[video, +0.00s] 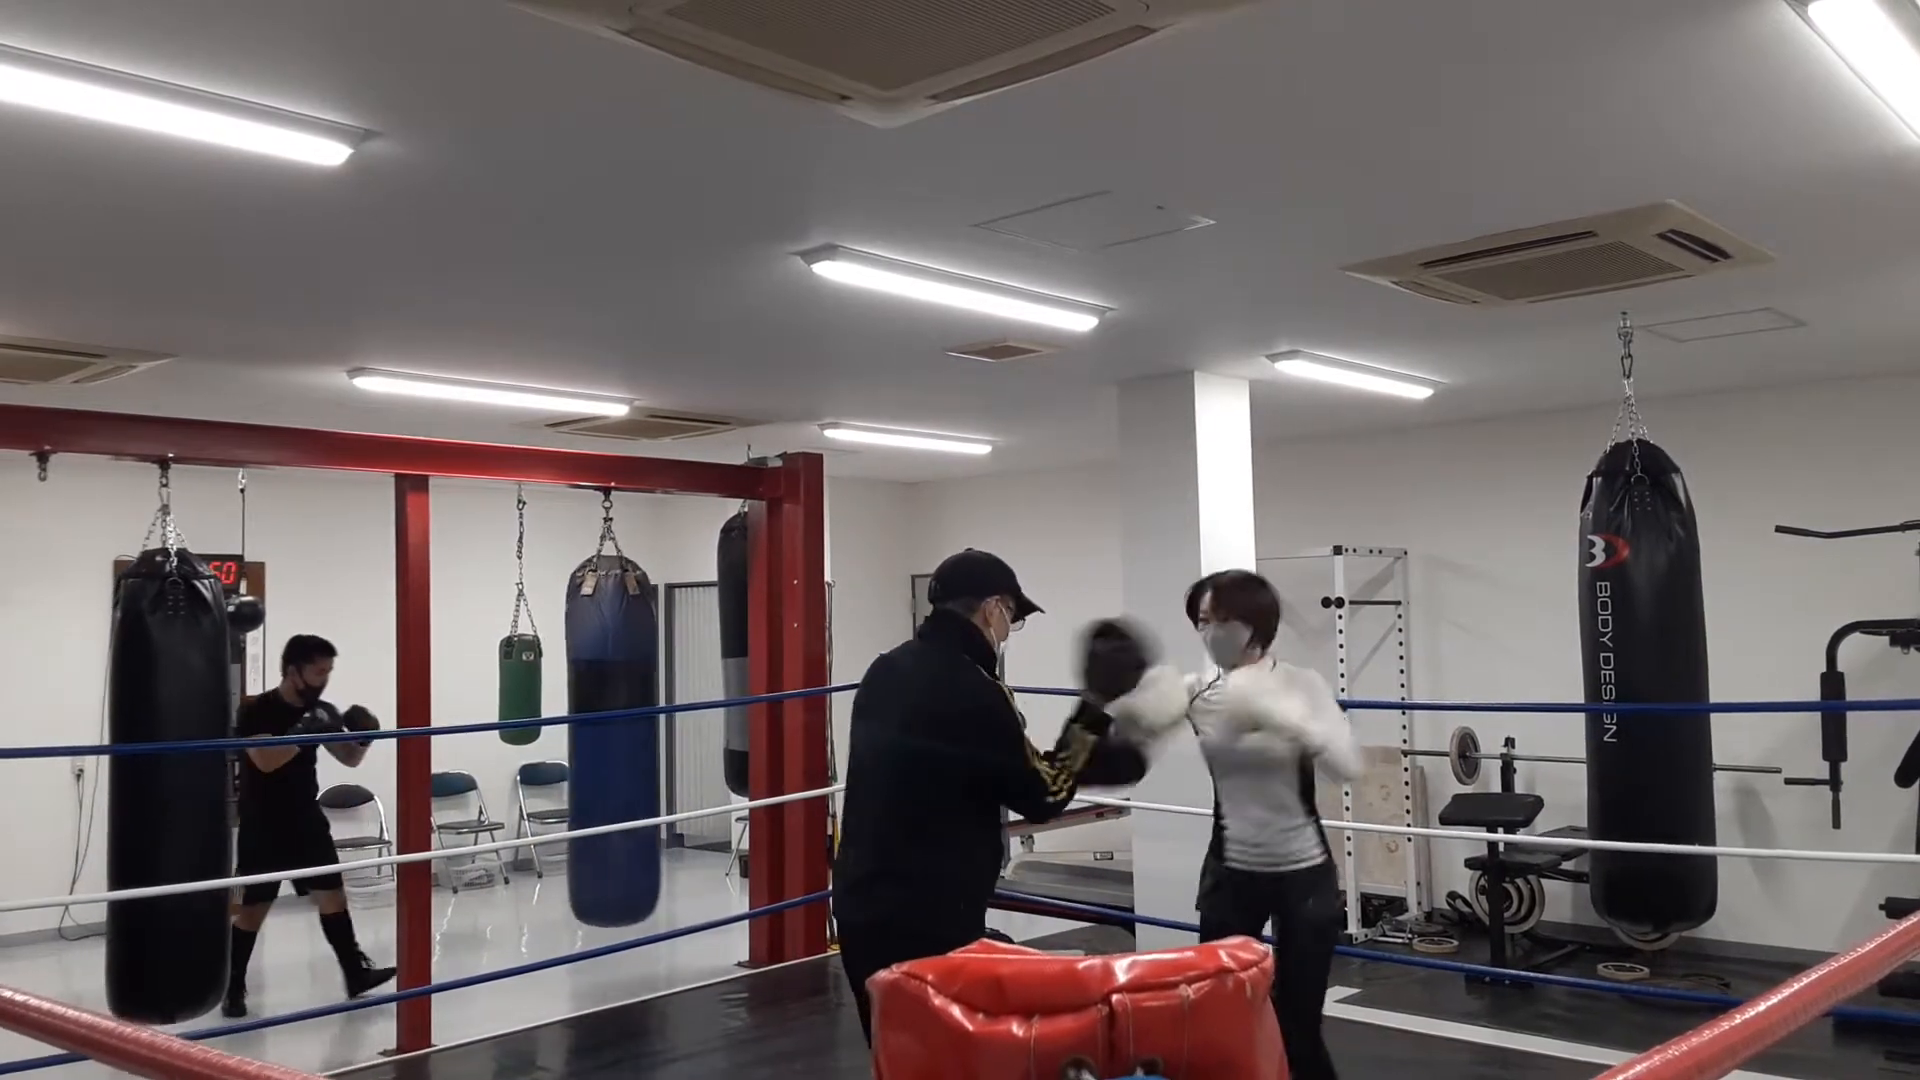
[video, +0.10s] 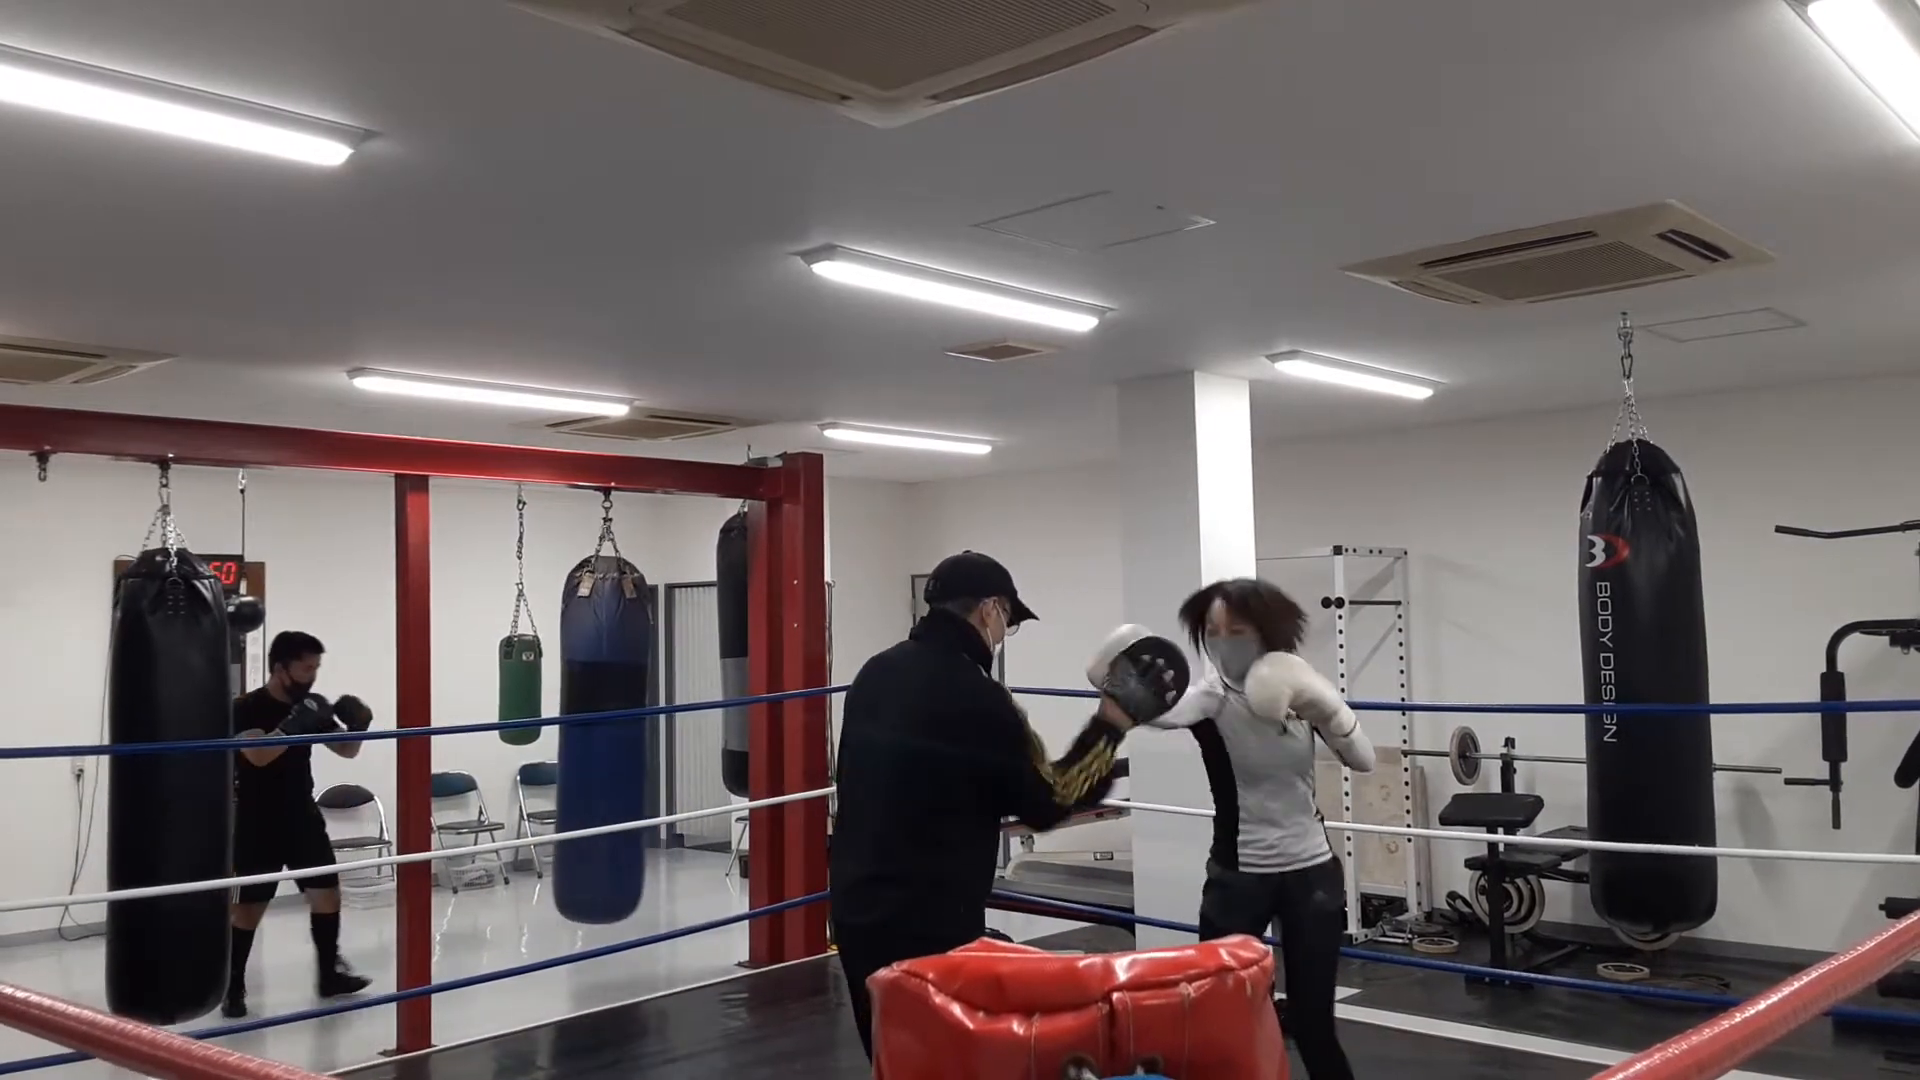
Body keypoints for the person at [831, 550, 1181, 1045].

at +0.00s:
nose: (1011, 631)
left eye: (1014, 619)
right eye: (1011, 617)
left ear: (942, 605)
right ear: (991, 609)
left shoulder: (883, 672)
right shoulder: (978, 695)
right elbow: (1040, 798)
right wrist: (1087, 730)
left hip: (864, 915)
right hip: (939, 920)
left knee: (892, 1058)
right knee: (946, 1057)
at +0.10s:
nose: (1006, 635)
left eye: (1009, 622)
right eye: (1007, 619)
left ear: (937, 607)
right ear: (987, 611)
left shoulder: (873, 674)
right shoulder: (979, 696)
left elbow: (855, 791)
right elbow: (1045, 805)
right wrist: (1111, 726)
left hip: (859, 914)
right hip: (938, 919)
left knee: (888, 1059)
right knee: (946, 1060)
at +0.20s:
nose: (1005, 640)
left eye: (1009, 627)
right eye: (1007, 624)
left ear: (935, 609)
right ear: (986, 613)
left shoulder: (877, 674)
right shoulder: (957, 686)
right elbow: (1032, 816)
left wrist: (1082, 749)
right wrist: (1096, 737)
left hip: (862, 925)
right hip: (934, 930)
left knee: (892, 1061)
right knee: (949, 1063)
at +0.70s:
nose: (976, 631)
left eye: (981, 616)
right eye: (978, 613)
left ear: (927, 601)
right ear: (951, 603)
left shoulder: (873, 671)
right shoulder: (911, 682)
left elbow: (968, 766)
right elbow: (990, 809)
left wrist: (1025, 699)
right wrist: (1033, 709)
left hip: (878, 946)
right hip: (920, 954)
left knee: (904, 1067)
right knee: (932, 1068)